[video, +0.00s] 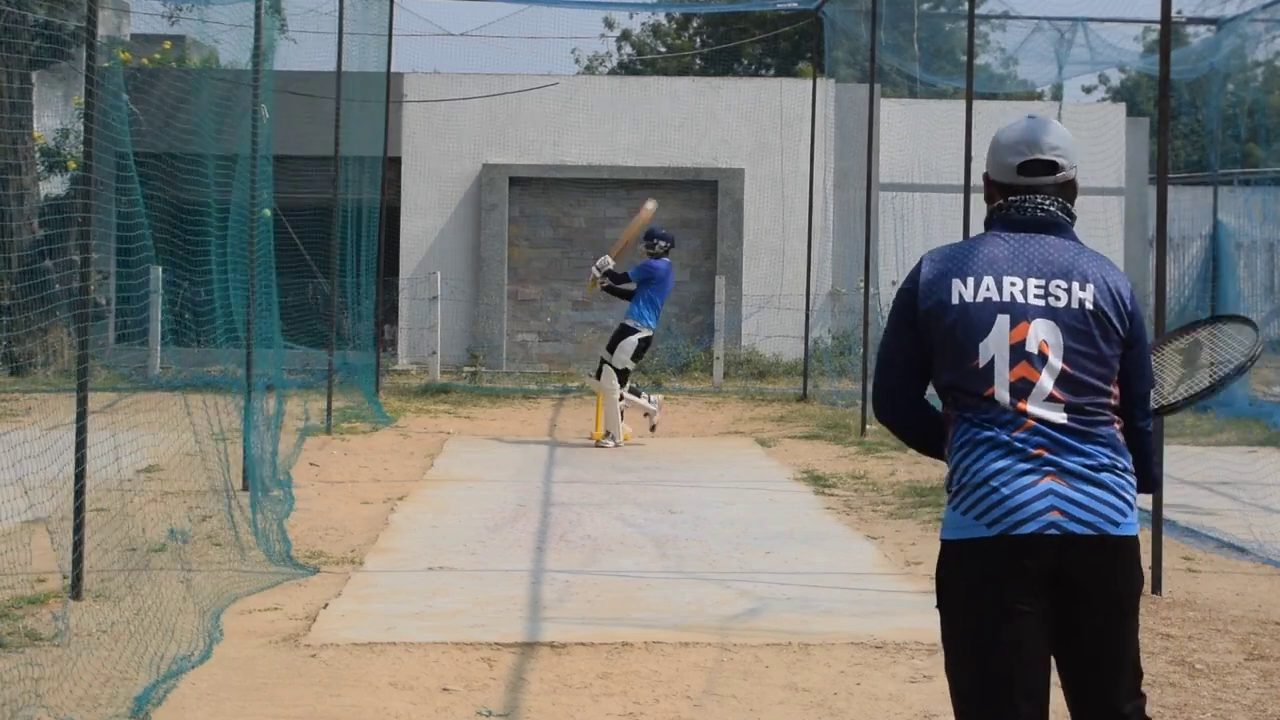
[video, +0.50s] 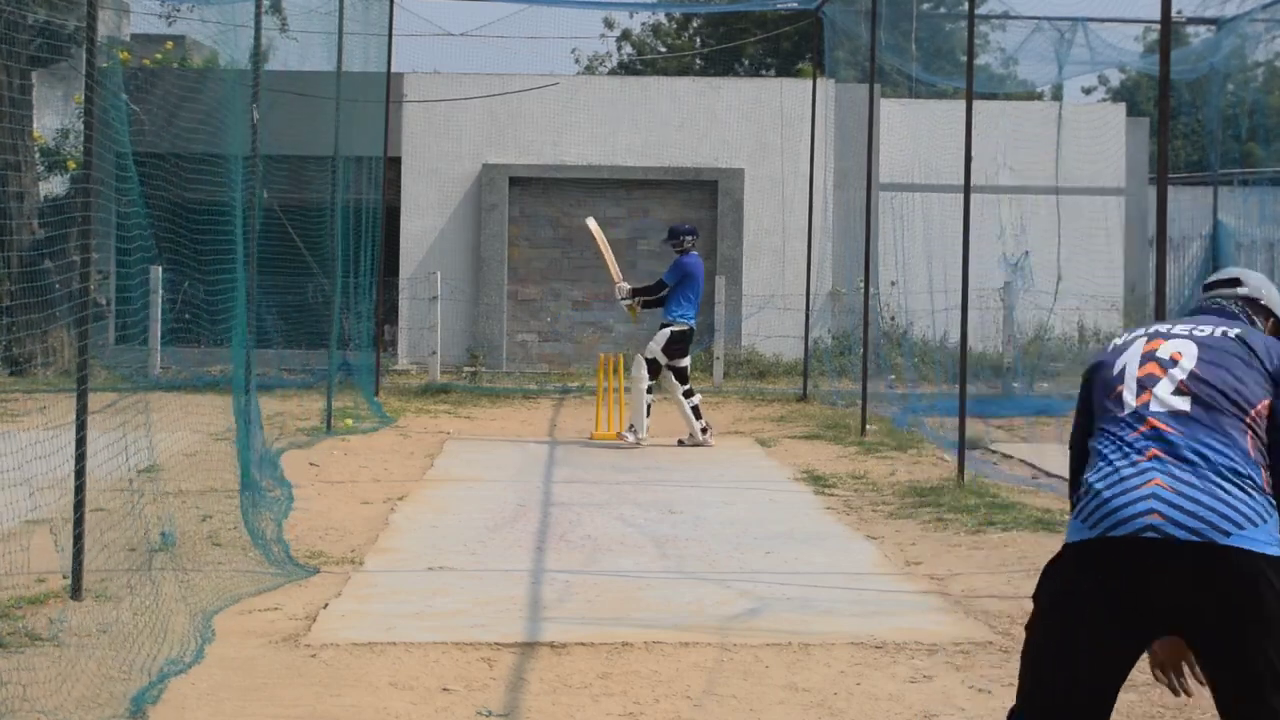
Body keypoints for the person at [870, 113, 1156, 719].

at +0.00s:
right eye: (1064, 183)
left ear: (990, 189)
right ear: (1071, 190)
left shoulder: (936, 272)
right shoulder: (1110, 279)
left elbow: (893, 401)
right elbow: (1140, 414)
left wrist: (967, 443)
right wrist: (1143, 476)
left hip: (988, 534)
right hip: (1102, 534)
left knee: (996, 709)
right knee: (1113, 706)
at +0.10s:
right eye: (1084, 187)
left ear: (1004, 192)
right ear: (1086, 194)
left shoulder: (948, 271)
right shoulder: (1124, 282)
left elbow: (909, 401)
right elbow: (1154, 424)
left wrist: (983, 445)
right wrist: (1149, 494)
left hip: (996, 533)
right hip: (1114, 532)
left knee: (1002, 708)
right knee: (1137, 705)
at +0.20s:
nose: (1131, 216)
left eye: (1127, 206)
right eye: (1130, 207)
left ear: (1046, 206)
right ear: (1122, 208)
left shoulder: (974, 276)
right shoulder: (1152, 289)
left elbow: (941, 405)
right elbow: (1183, 434)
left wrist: (1010, 456)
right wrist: (1149, 502)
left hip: (1009, 539)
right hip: (1133, 540)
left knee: (1007, 711)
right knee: (1180, 708)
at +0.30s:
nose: (1166, 239)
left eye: (1166, 229)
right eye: (1164, 228)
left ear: (1084, 219)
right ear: (1154, 225)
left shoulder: (1002, 284)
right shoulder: (1181, 301)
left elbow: (971, 414)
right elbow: (1208, 446)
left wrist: (1034, 476)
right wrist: (1172, 515)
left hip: (1025, 547)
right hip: (1153, 549)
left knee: (1010, 710)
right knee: (1202, 709)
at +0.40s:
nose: (1231, 300)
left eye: (1232, 290)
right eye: (1231, 287)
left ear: (1151, 264)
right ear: (1219, 275)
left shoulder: (1064, 317)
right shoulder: (1236, 330)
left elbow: (1031, 451)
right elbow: (1255, 461)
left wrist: (1077, 518)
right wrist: (1229, 538)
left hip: (1064, 560)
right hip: (1197, 566)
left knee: (1023, 710)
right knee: (1238, 710)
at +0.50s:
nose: (1273, 337)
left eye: (1274, 329)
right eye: (1274, 328)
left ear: (1201, 305)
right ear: (1265, 319)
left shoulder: (1116, 351)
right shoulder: (1270, 354)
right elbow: (1268, 486)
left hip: (1101, 557)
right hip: (1241, 565)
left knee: (1045, 708)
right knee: (1261, 706)